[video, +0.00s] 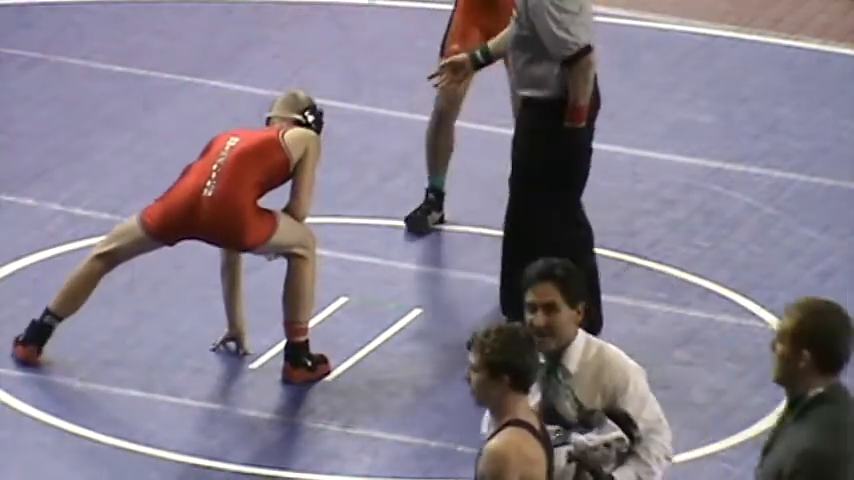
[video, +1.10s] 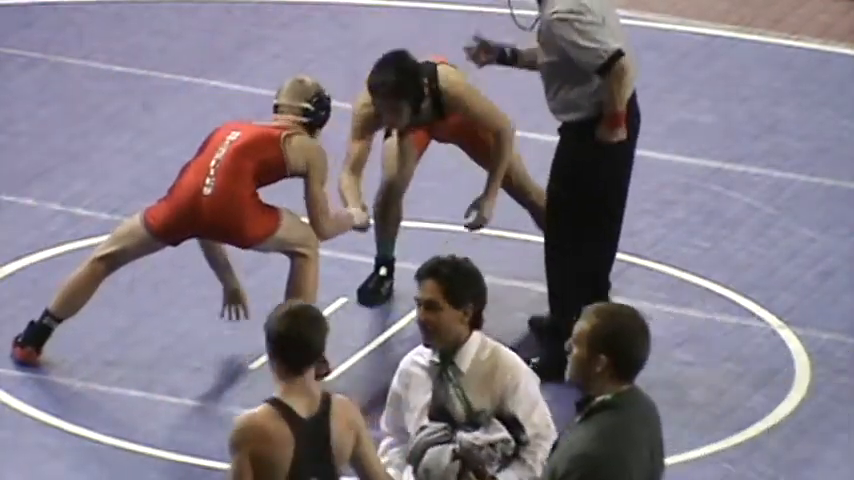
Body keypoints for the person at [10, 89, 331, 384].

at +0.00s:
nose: (315, 139)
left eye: (315, 134)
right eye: (316, 132)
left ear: (272, 119)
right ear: (308, 124)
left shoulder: (230, 139)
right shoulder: (306, 138)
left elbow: (231, 252)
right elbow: (298, 213)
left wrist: (236, 330)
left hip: (175, 211)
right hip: (233, 221)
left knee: (103, 256)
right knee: (304, 244)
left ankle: (33, 339)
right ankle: (298, 359)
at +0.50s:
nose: (316, 130)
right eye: (316, 121)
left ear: (269, 112)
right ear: (308, 116)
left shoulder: (231, 136)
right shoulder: (306, 133)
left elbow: (232, 247)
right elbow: (306, 213)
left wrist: (235, 323)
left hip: (181, 211)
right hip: (238, 218)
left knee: (105, 259)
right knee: (308, 243)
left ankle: (32, 340)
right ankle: (299, 359)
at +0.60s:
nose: (314, 133)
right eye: (315, 123)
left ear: (270, 111)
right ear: (309, 117)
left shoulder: (231, 135)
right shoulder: (306, 135)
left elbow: (232, 248)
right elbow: (314, 216)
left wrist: (234, 323)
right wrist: (326, 204)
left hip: (182, 211)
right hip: (238, 217)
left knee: (105, 259)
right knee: (308, 243)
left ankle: (32, 340)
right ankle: (299, 359)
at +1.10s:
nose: (276, 108)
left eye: (279, 103)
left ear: (277, 109)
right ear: (317, 121)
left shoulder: (236, 130)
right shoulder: (310, 148)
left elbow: (200, 210)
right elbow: (322, 228)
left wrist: (229, 282)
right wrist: (351, 218)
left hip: (179, 209)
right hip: (235, 215)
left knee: (105, 260)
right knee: (307, 246)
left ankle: (33, 339)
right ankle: (299, 356)